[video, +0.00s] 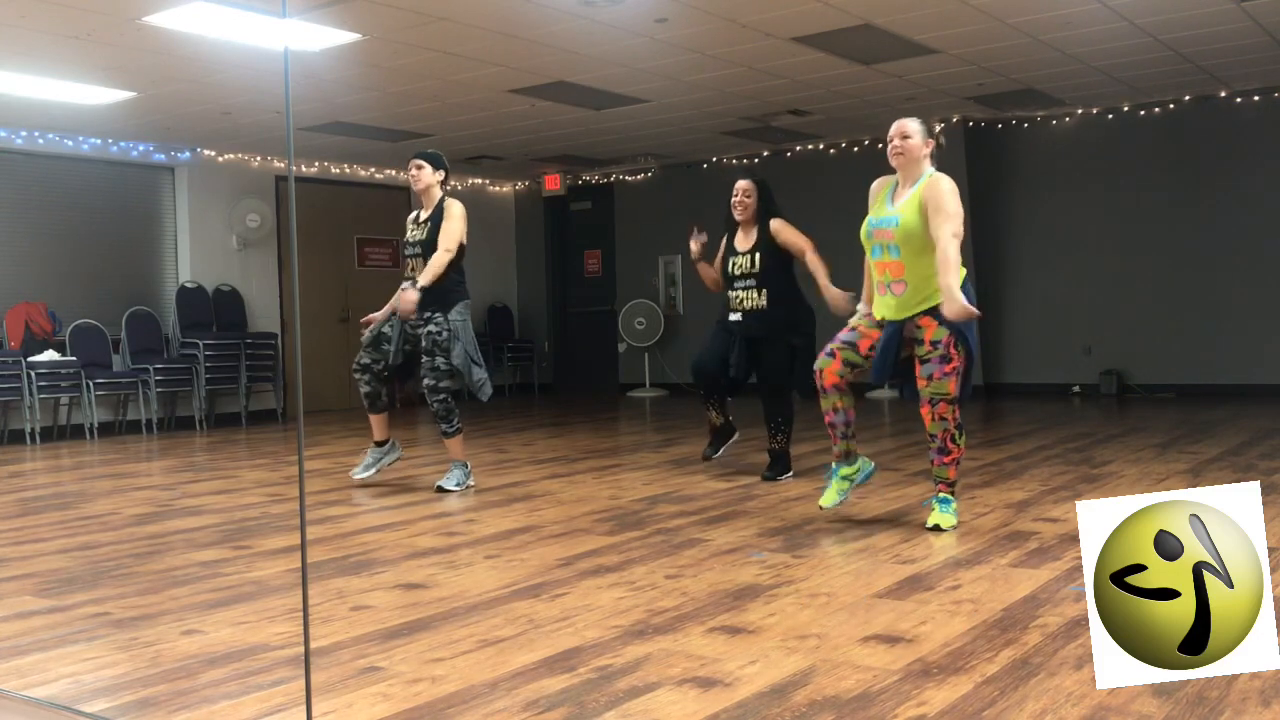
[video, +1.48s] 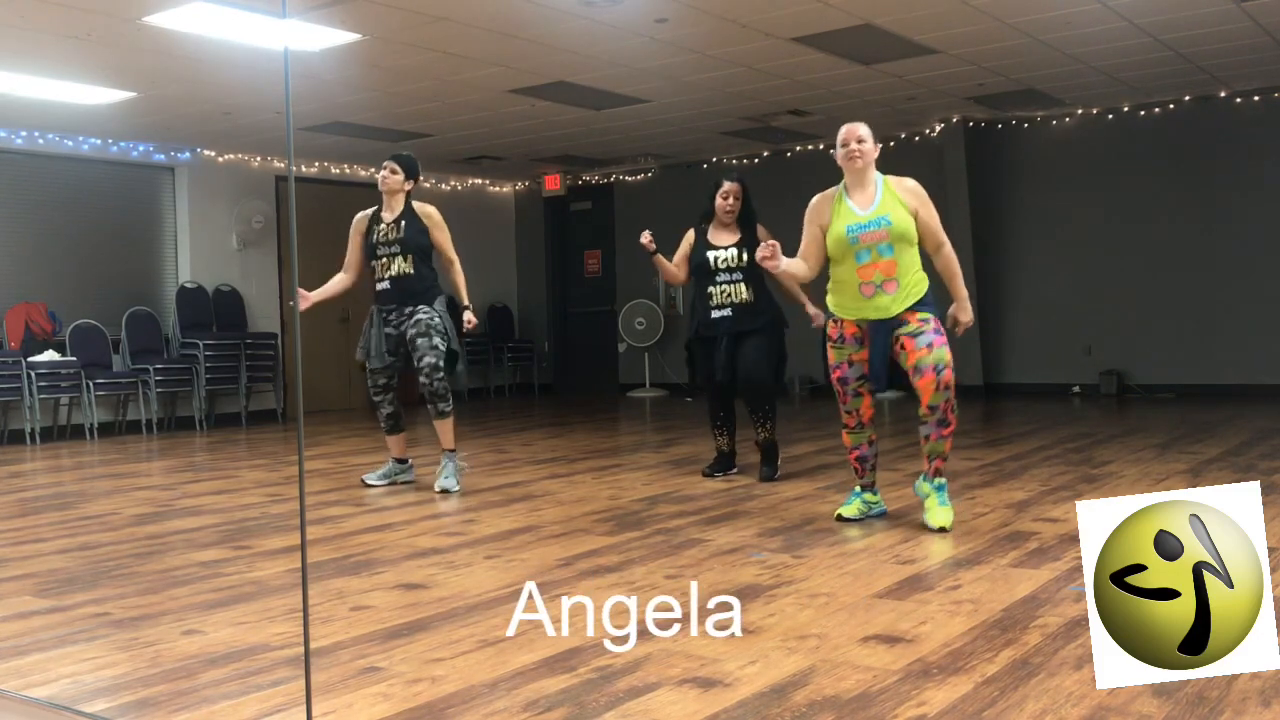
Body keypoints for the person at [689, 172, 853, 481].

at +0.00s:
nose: (738, 200)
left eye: (746, 195)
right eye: (735, 194)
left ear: (759, 201)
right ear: (730, 200)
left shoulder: (774, 228)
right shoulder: (728, 239)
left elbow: (808, 251)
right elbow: (716, 284)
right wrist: (698, 259)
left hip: (775, 326)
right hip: (737, 326)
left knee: (774, 388)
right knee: (705, 368)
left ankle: (780, 458)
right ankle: (721, 428)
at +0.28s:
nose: (738, 200)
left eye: (745, 195)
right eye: (733, 194)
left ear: (757, 199)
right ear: (727, 199)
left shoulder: (776, 233)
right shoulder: (713, 230)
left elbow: (796, 275)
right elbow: (689, 262)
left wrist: (805, 314)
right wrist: (677, 272)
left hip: (768, 329)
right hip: (724, 329)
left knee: (768, 392)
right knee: (725, 392)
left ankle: (777, 457)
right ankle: (728, 456)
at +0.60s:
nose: (728, 198)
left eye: (735, 192)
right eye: (724, 193)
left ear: (750, 197)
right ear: (719, 198)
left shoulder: (769, 233)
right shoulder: (706, 232)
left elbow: (788, 272)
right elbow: (688, 275)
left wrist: (791, 309)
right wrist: (673, 312)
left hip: (762, 326)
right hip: (721, 327)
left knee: (757, 381)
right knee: (724, 388)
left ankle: (776, 448)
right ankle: (727, 455)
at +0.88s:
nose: (730, 198)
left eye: (738, 193)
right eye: (727, 193)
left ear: (753, 199)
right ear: (723, 200)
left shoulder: (766, 228)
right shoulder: (723, 236)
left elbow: (802, 250)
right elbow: (732, 277)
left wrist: (795, 274)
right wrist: (721, 310)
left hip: (768, 327)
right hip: (728, 329)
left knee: (771, 390)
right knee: (703, 378)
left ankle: (781, 459)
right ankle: (719, 439)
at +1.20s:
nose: (739, 198)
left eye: (745, 194)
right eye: (734, 193)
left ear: (754, 200)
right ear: (724, 197)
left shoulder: (769, 229)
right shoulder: (710, 236)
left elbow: (797, 266)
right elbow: (699, 280)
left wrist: (829, 292)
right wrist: (668, 271)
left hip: (765, 326)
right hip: (722, 330)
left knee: (769, 391)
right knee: (723, 392)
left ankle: (780, 459)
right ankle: (725, 457)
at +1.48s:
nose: (729, 203)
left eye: (736, 198)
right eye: (724, 196)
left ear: (743, 202)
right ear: (713, 199)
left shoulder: (755, 232)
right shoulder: (695, 236)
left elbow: (779, 272)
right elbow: (676, 276)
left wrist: (808, 304)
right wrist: (654, 253)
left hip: (755, 328)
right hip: (712, 331)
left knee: (756, 387)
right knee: (717, 392)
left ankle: (768, 454)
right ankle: (725, 456)